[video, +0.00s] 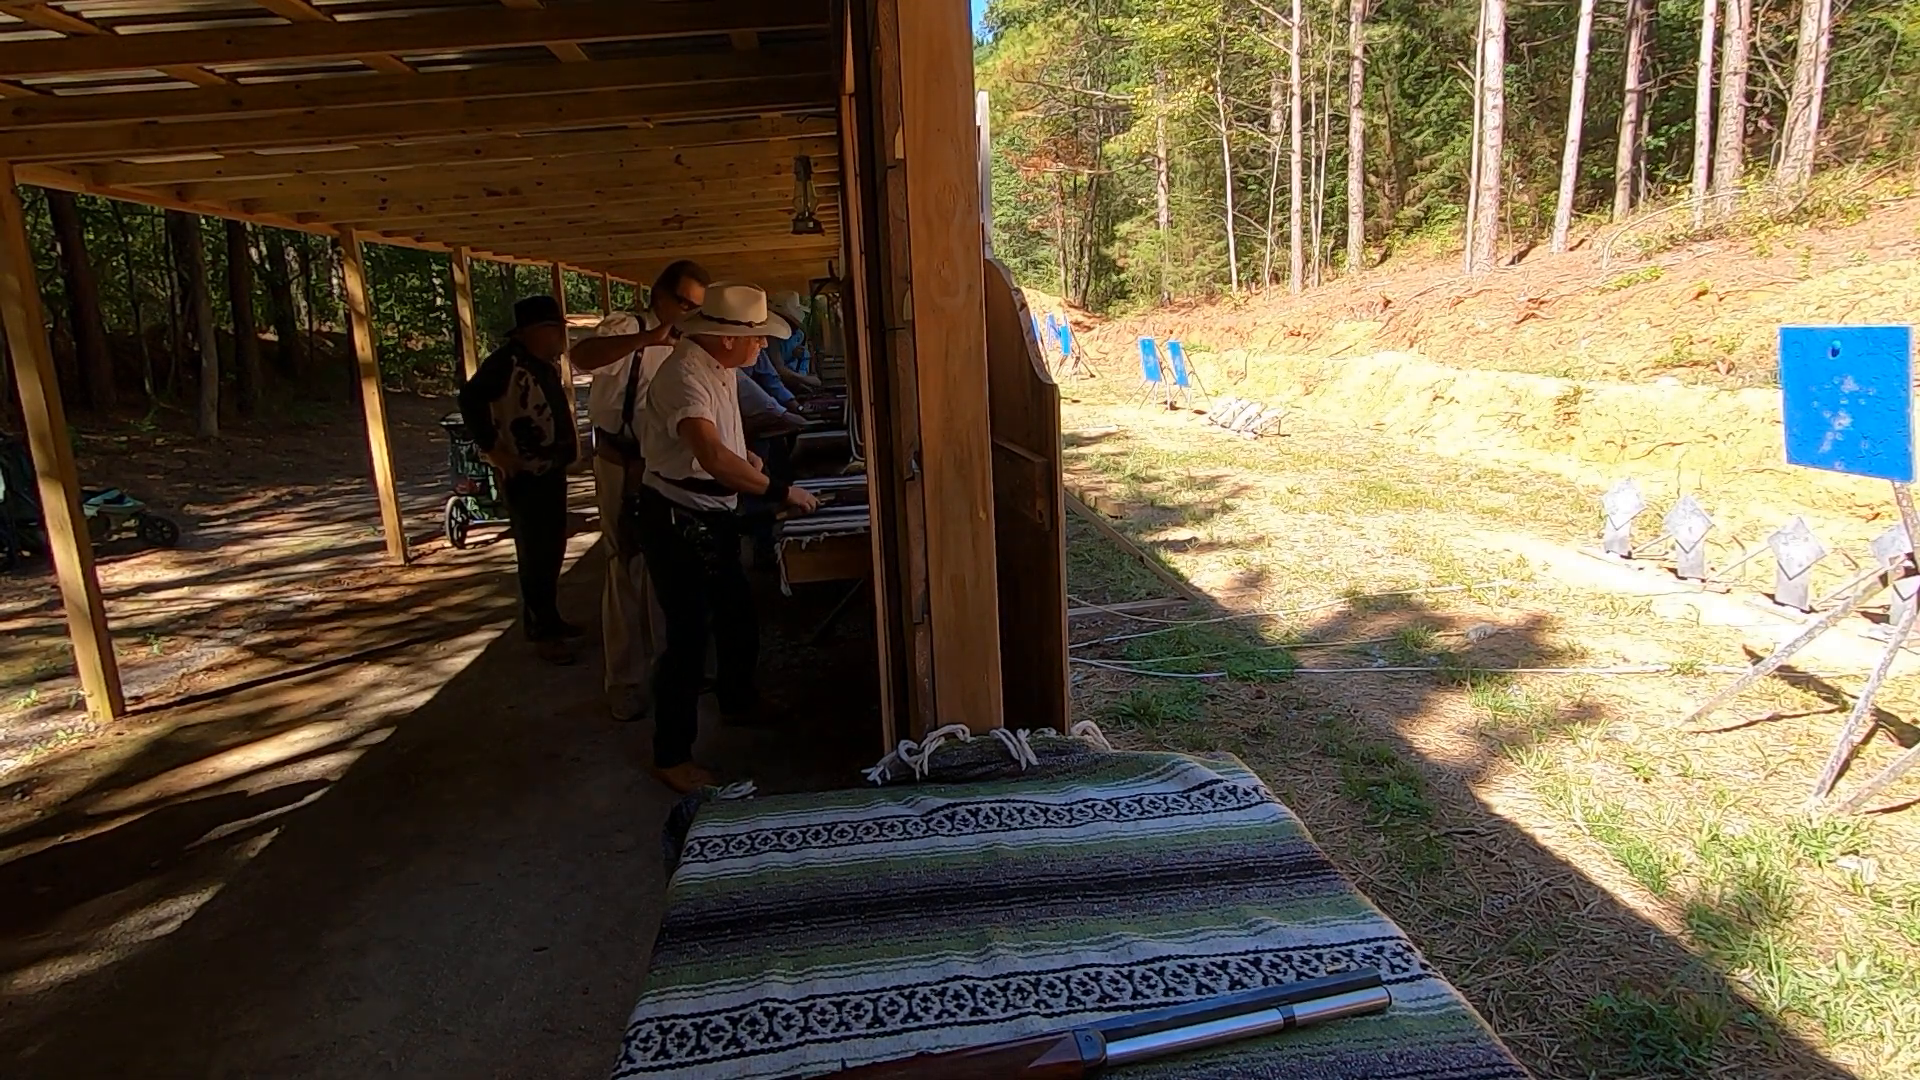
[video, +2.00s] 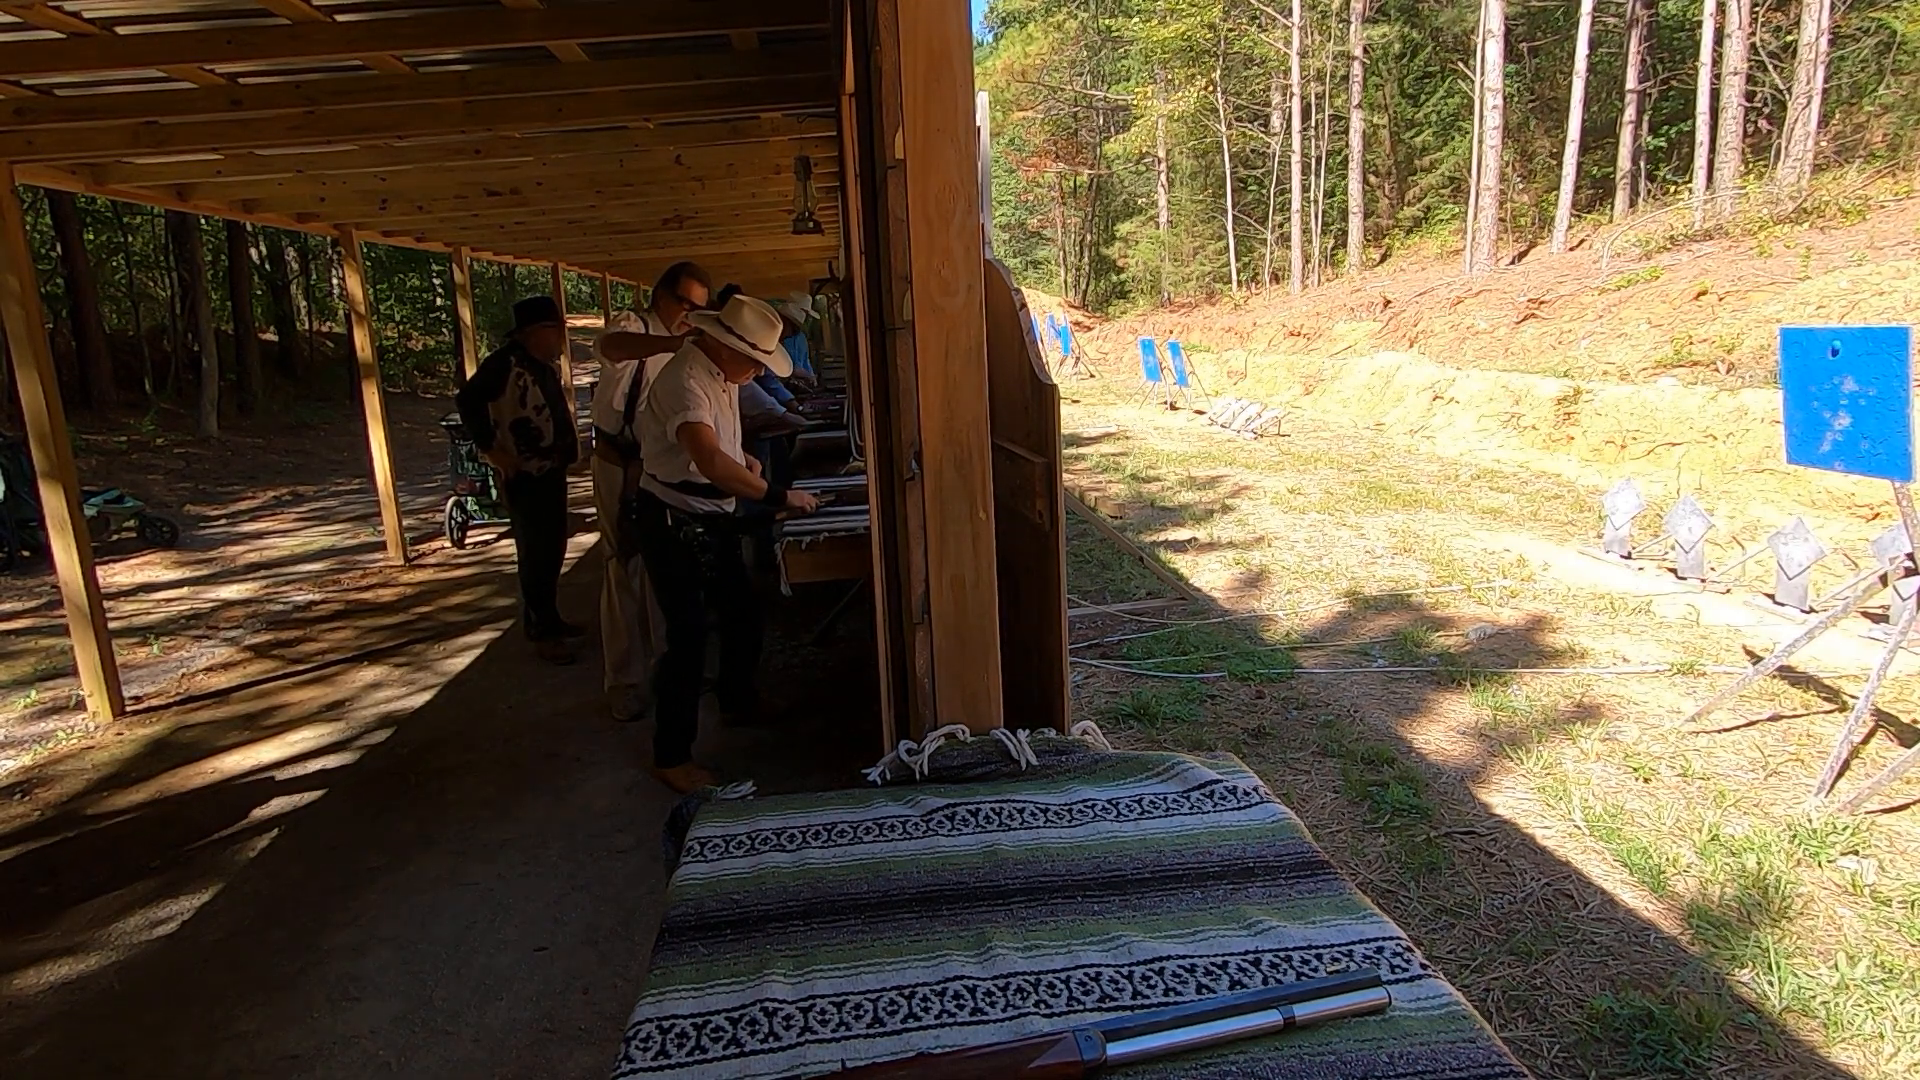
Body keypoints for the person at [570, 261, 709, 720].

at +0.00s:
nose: (686, 312)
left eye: (694, 307)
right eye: (681, 302)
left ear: (698, 309)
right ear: (659, 294)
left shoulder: (690, 346)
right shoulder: (627, 327)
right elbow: (581, 357)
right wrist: (645, 340)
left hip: (669, 463)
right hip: (618, 463)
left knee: (670, 568)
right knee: (626, 571)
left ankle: (673, 671)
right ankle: (624, 683)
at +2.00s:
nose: (690, 315)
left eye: (697, 309)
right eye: (685, 304)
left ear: (698, 311)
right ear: (660, 296)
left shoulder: (688, 344)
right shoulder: (631, 325)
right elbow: (609, 347)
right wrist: (674, 344)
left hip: (667, 463)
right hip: (619, 465)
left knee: (670, 568)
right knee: (626, 572)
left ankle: (672, 671)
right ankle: (623, 683)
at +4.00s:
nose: (655, 312)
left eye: (661, 305)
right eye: (648, 303)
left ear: (665, 305)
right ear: (621, 296)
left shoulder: (661, 343)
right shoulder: (594, 331)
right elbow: (562, 362)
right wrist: (631, 348)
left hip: (650, 471)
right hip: (595, 472)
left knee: (657, 574)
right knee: (581, 576)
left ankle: (667, 665)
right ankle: (557, 687)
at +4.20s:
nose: (615, 311)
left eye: (620, 304)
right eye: (605, 303)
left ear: (624, 304)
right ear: (577, 301)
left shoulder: (627, 351)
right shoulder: (549, 343)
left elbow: (640, 408)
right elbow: (512, 397)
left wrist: (644, 443)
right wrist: (573, 383)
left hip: (623, 475)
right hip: (567, 479)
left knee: (646, 575)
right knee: (559, 582)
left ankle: (666, 669)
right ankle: (544, 694)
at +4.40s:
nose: (568, 309)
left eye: (573, 300)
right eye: (557, 301)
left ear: (577, 301)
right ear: (528, 301)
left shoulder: (593, 354)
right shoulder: (499, 357)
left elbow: (614, 419)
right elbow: (462, 428)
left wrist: (640, 469)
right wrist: (517, 433)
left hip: (591, 480)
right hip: (533, 486)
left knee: (632, 563)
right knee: (537, 586)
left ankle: (663, 659)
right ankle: (543, 696)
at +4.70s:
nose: (525, 307)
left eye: (530, 298)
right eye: (513, 300)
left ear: (536, 299)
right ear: (483, 301)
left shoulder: (558, 353)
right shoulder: (454, 360)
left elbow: (585, 421)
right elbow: (436, 432)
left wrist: (614, 475)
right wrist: (473, 454)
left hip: (560, 481)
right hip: (502, 489)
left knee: (587, 576)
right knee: (520, 591)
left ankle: (594, 690)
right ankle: (539, 697)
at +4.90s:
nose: (515, 311)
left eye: (520, 301)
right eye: (503, 302)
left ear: (525, 302)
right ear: (472, 305)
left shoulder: (550, 358)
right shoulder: (442, 364)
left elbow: (576, 429)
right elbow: (425, 439)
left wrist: (607, 491)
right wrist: (461, 456)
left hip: (546, 490)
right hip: (488, 496)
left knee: (546, 594)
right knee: (511, 602)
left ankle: (532, 718)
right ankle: (538, 702)